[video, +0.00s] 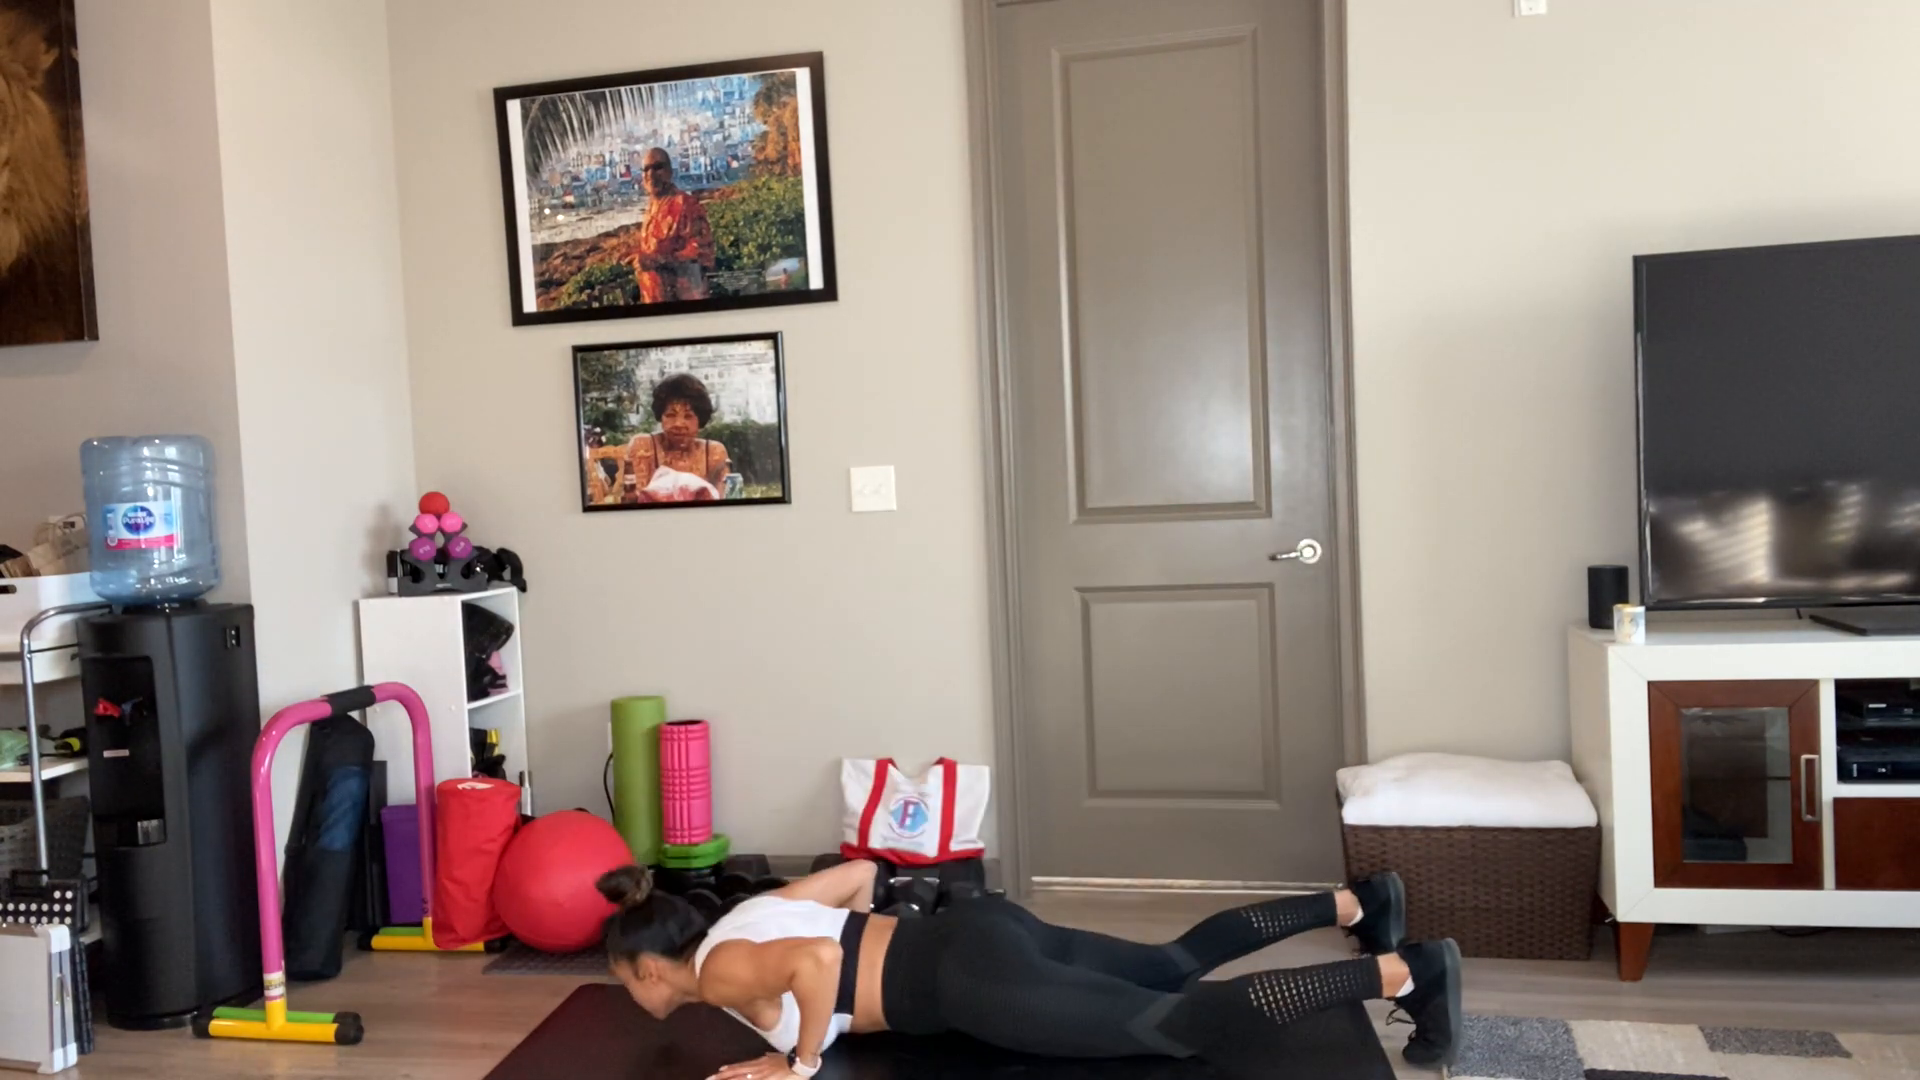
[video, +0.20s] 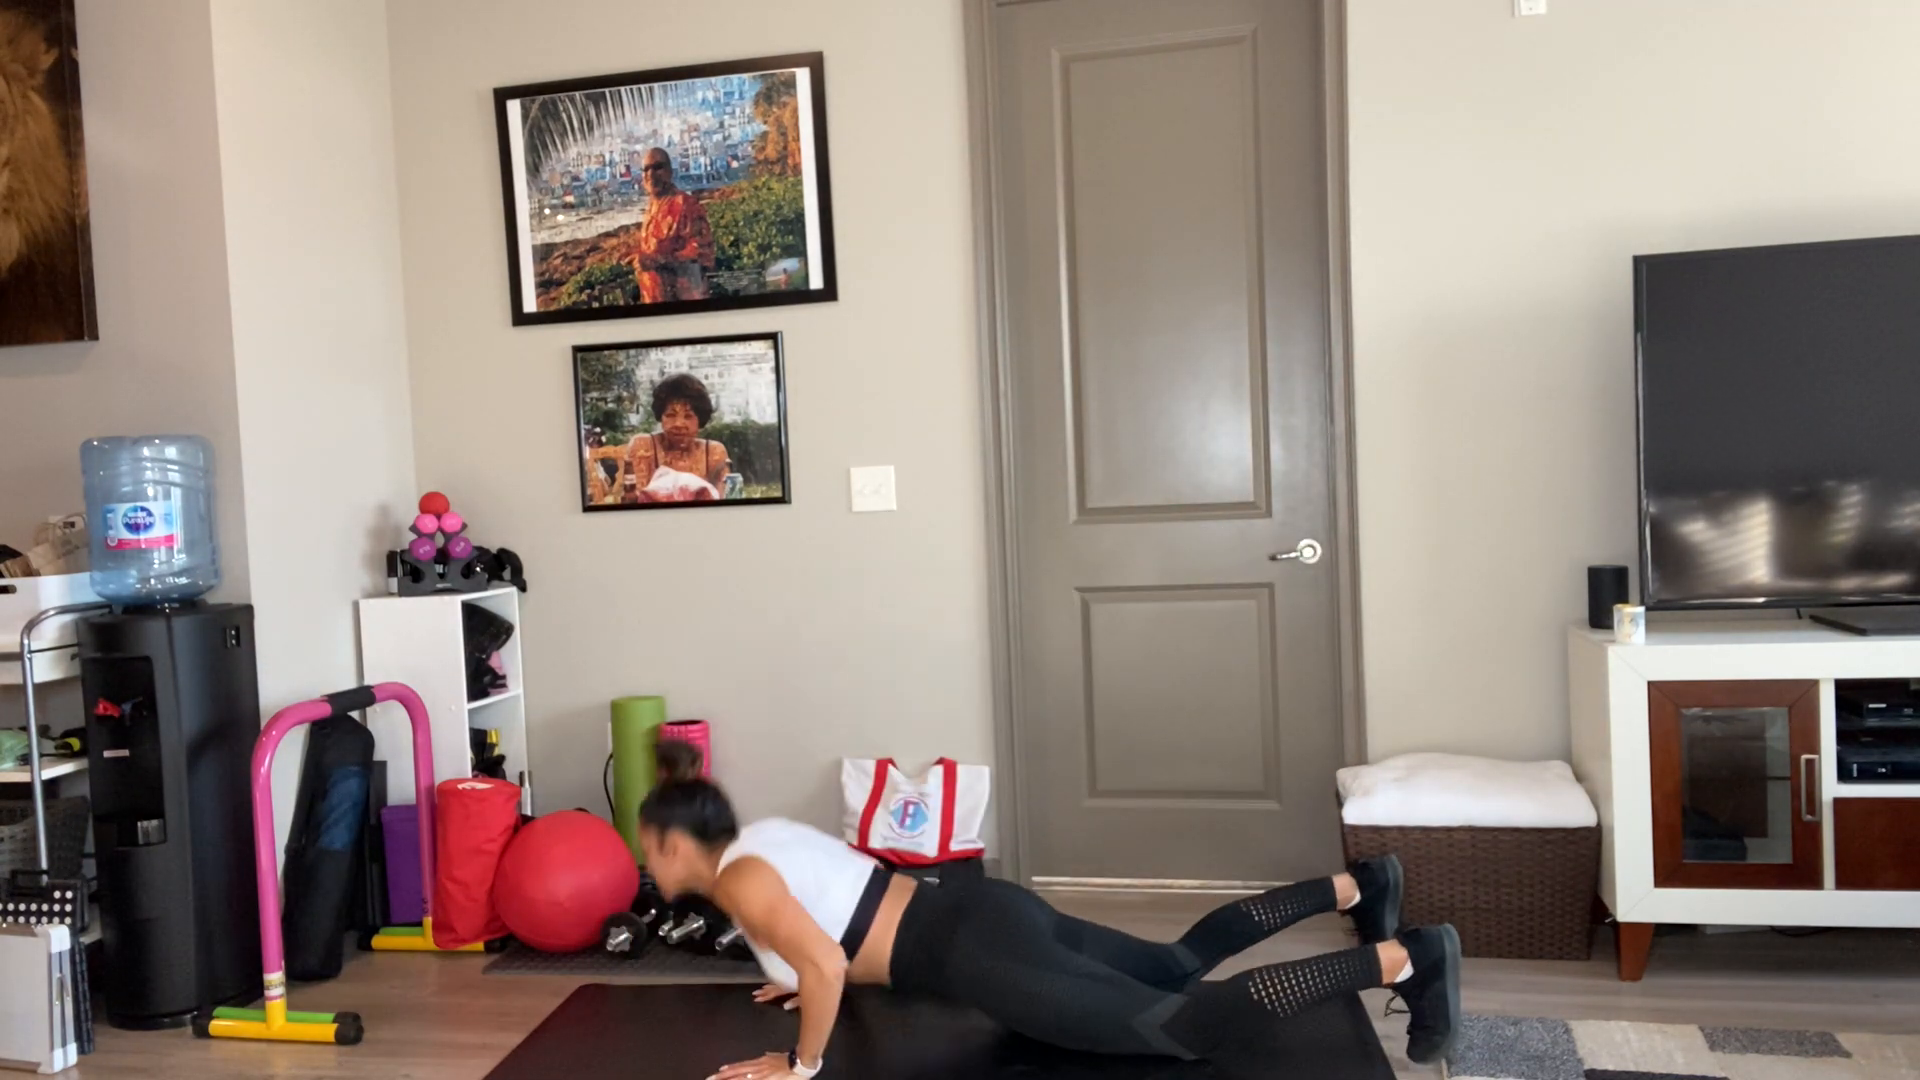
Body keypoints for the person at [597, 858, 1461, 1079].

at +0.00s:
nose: (637, 995)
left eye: (633, 980)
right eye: (630, 984)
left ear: (661, 959)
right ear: (675, 932)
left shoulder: (720, 967)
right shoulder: (747, 921)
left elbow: (817, 964)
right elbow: (857, 880)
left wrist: (797, 1059)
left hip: (951, 972)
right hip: (965, 924)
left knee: (1161, 1022)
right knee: (1169, 973)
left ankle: (1392, 984)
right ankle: (1356, 919)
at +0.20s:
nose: (650, 867)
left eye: (651, 853)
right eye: (647, 853)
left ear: (682, 841)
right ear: (698, 826)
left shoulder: (745, 884)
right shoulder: (762, 838)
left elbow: (827, 975)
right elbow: (837, 905)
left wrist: (800, 1063)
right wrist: (796, 971)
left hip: (960, 946)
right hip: (974, 899)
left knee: (1166, 1026)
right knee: (1170, 965)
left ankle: (1392, 968)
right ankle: (1347, 891)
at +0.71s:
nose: (790, 822)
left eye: (778, 810)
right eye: (777, 815)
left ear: (788, 775)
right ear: (797, 757)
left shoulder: (842, 767)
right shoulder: (860, 756)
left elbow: (823, 914)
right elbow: (856, 891)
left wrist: (800, 1055)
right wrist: (825, 975)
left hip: (1057, 636)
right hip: (1060, 638)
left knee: (1092, 860)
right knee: (1094, 819)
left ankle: (1307, 931)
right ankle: (1255, 872)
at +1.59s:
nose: (940, 328)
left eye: (944, 310)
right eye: (931, 317)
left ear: (978, 299)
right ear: (947, 310)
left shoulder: (1018, 360)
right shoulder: (1011, 357)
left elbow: (878, 395)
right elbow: (899, 407)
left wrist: (854, 292)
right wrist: (871, 303)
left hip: (1131, 583)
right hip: (1108, 584)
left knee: (1065, 791)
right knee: (1062, 783)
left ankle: (1155, 1012)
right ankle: (1129, 958)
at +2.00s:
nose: (918, 298)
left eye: (925, 280)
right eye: (913, 286)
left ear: (965, 267)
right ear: (945, 284)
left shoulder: (1022, 317)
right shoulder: (988, 329)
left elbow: (941, 392)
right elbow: (942, 404)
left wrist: (883, 310)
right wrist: (882, 316)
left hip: (1128, 531)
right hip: (1104, 536)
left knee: (1099, 742)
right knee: (1099, 742)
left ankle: (1160, 965)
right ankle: (1147, 936)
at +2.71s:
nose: (785, 833)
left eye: (771, 821)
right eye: (771, 825)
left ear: (781, 787)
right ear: (788, 772)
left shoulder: (843, 771)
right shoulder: (855, 749)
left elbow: (843, 922)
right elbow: (862, 901)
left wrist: (827, 1051)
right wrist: (826, 981)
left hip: (1041, 647)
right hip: (1046, 648)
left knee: (1167, 842)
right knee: (1162, 809)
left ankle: (1389, 938)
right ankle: (1339, 859)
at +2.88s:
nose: (711, 804)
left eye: (705, 789)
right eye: (702, 792)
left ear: (728, 760)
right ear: (743, 741)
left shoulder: (806, 779)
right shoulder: (820, 743)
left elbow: (840, 921)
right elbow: (853, 884)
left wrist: (827, 1049)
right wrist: (838, 968)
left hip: (1030, 781)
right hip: (1034, 768)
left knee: (1198, 926)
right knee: (1207, 888)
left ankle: (1439, 966)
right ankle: (1383, 902)